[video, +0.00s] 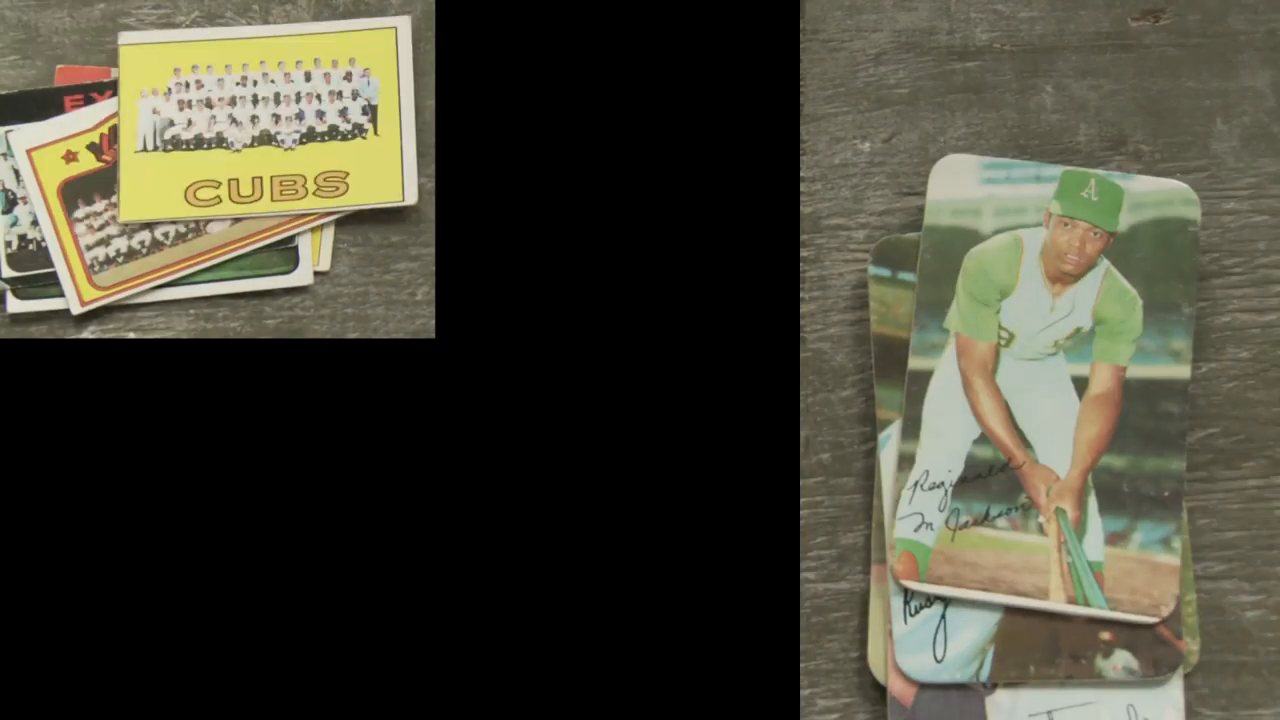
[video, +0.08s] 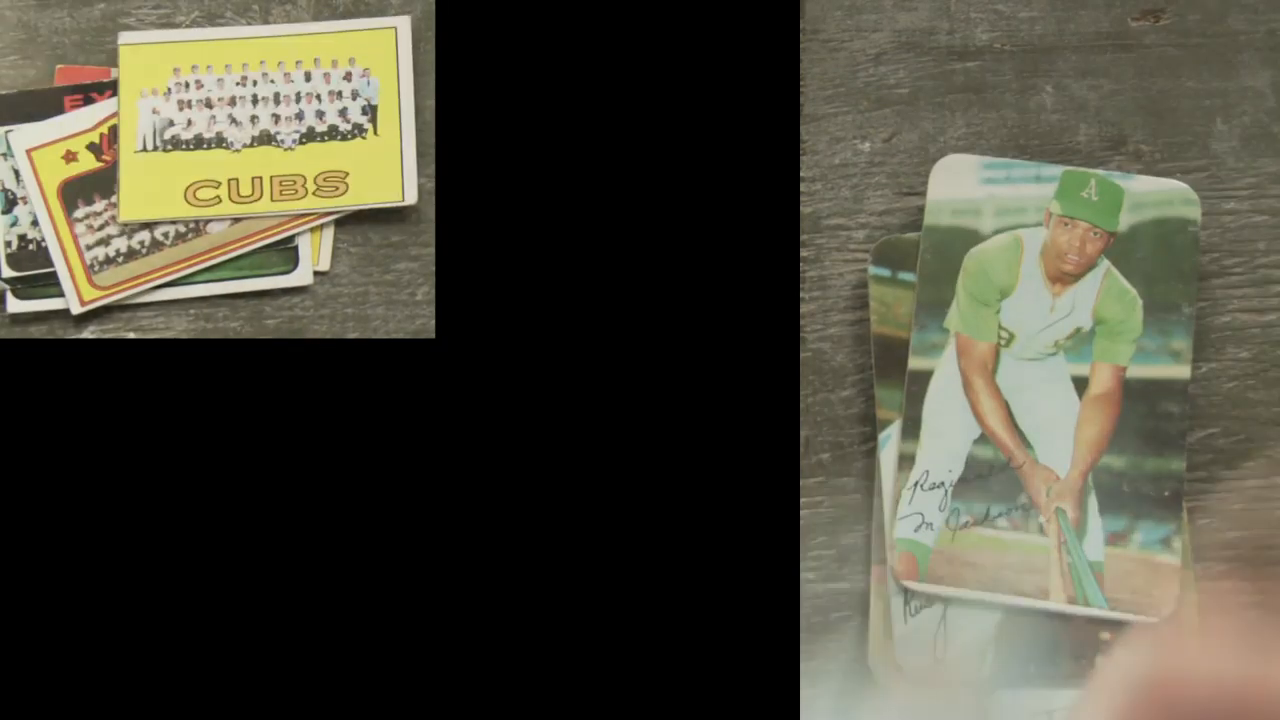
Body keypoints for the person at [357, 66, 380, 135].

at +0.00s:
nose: (367, 74)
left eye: (368, 72)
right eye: (366, 72)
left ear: (370, 73)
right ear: (364, 73)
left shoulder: (375, 81)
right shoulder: (361, 81)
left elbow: (376, 91)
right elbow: (360, 91)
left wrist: (372, 98)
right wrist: (365, 97)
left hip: (374, 101)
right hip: (364, 101)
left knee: (374, 117)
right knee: (365, 117)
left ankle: (375, 131)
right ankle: (364, 132)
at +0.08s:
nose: (367, 74)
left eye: (368, 72)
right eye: (366, 72)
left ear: (370, 73)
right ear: (364, 73)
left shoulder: (374, 81)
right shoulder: (361, 81)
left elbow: (376, 91)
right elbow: (360, 91)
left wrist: (371, 98)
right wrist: (365, 97)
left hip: (374, 101)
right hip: (364, 101)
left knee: (374, 117)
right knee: (365, 117)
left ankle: (375, 131)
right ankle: (363, 131)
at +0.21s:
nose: (379, 73)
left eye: (380, 72)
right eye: (377, 72)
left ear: (382, 72)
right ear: (375, 73)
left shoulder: (386, 80)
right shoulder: (373, 81)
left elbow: (388, 90)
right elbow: (371, 90)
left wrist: (382, 97)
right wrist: (376, 97)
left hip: (385, 101)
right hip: (376, 101)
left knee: (385, 118)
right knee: (376, 116)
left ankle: (386, 131)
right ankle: (374, 132)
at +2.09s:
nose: (380, 75)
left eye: (382, 73)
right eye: (379, 73)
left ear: (384, 73)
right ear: (376, 73)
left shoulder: (387, 80)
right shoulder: (375, 80)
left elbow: (389, 89)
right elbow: (373, 90)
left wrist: (387, 97)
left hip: (386, 101)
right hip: (378, 100)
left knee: (387, 117)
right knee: (378, 116)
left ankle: (387, 131)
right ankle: (377, 131)